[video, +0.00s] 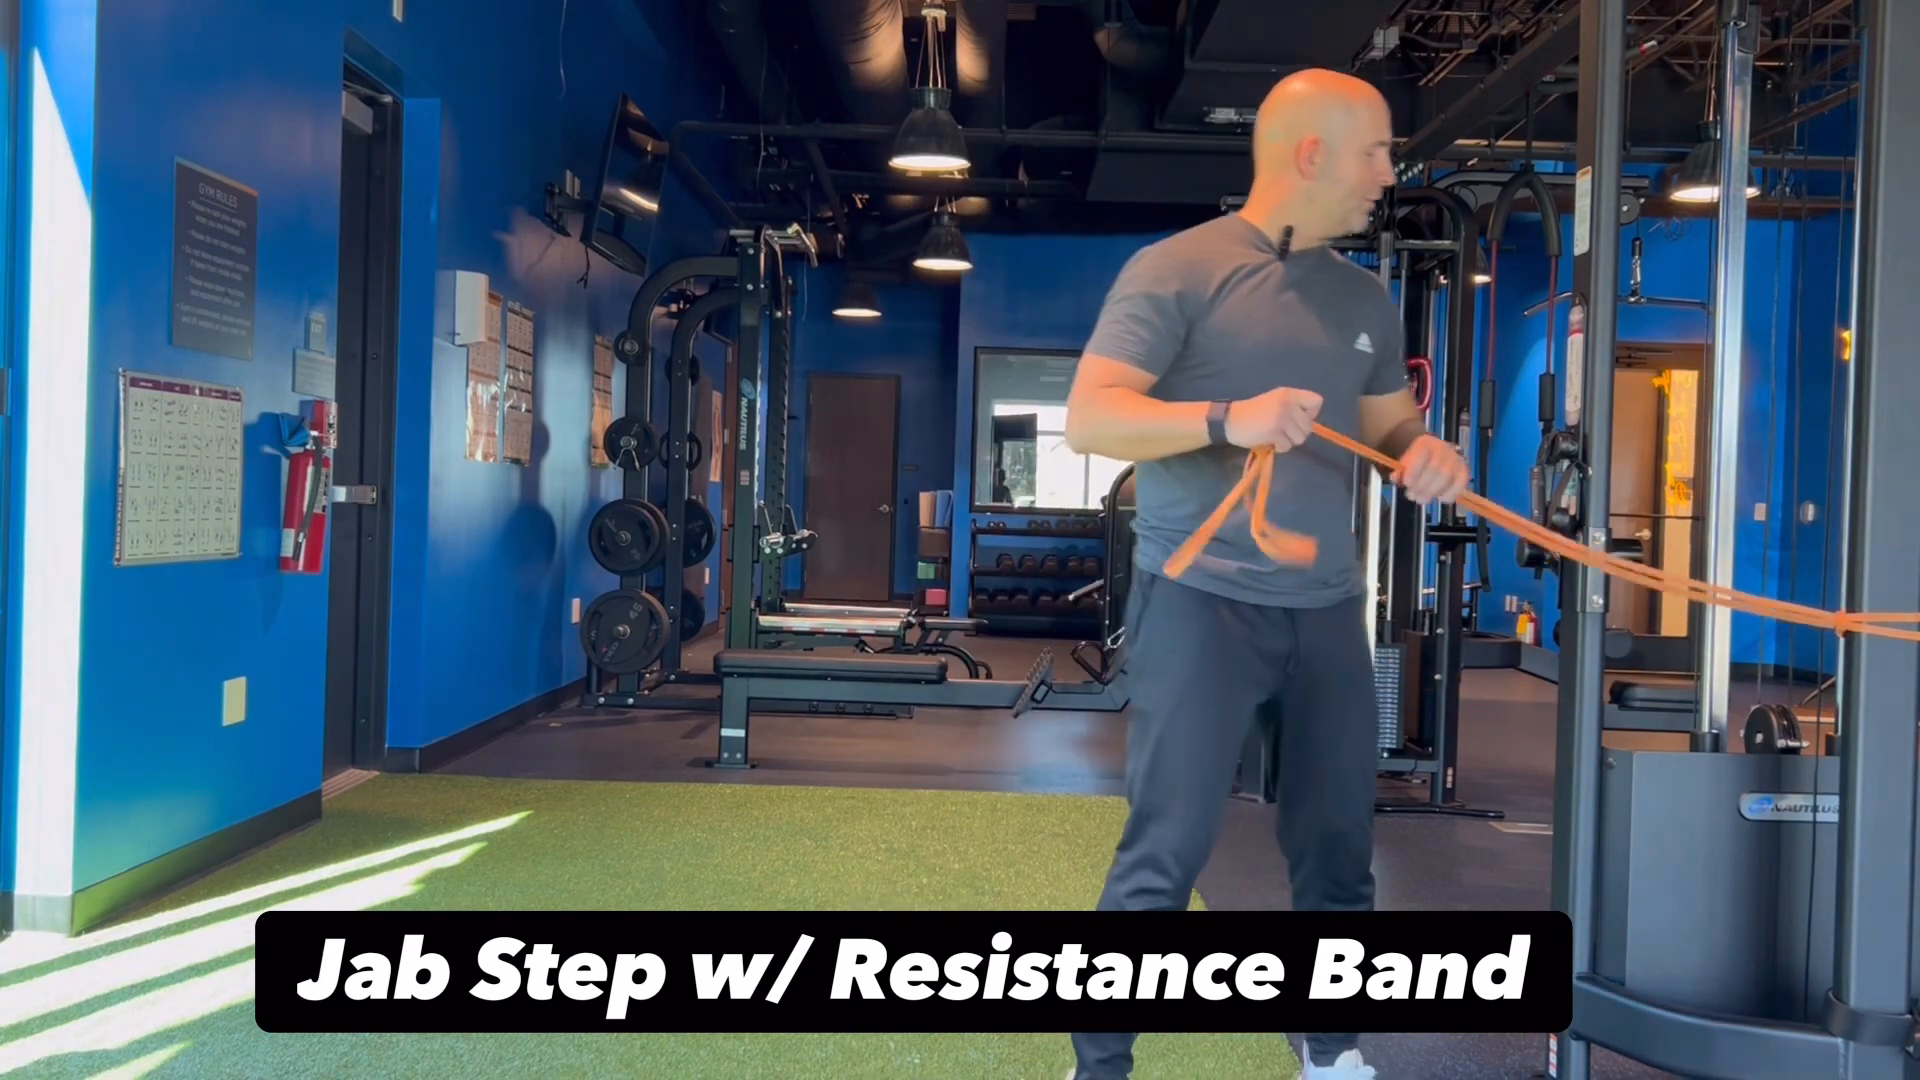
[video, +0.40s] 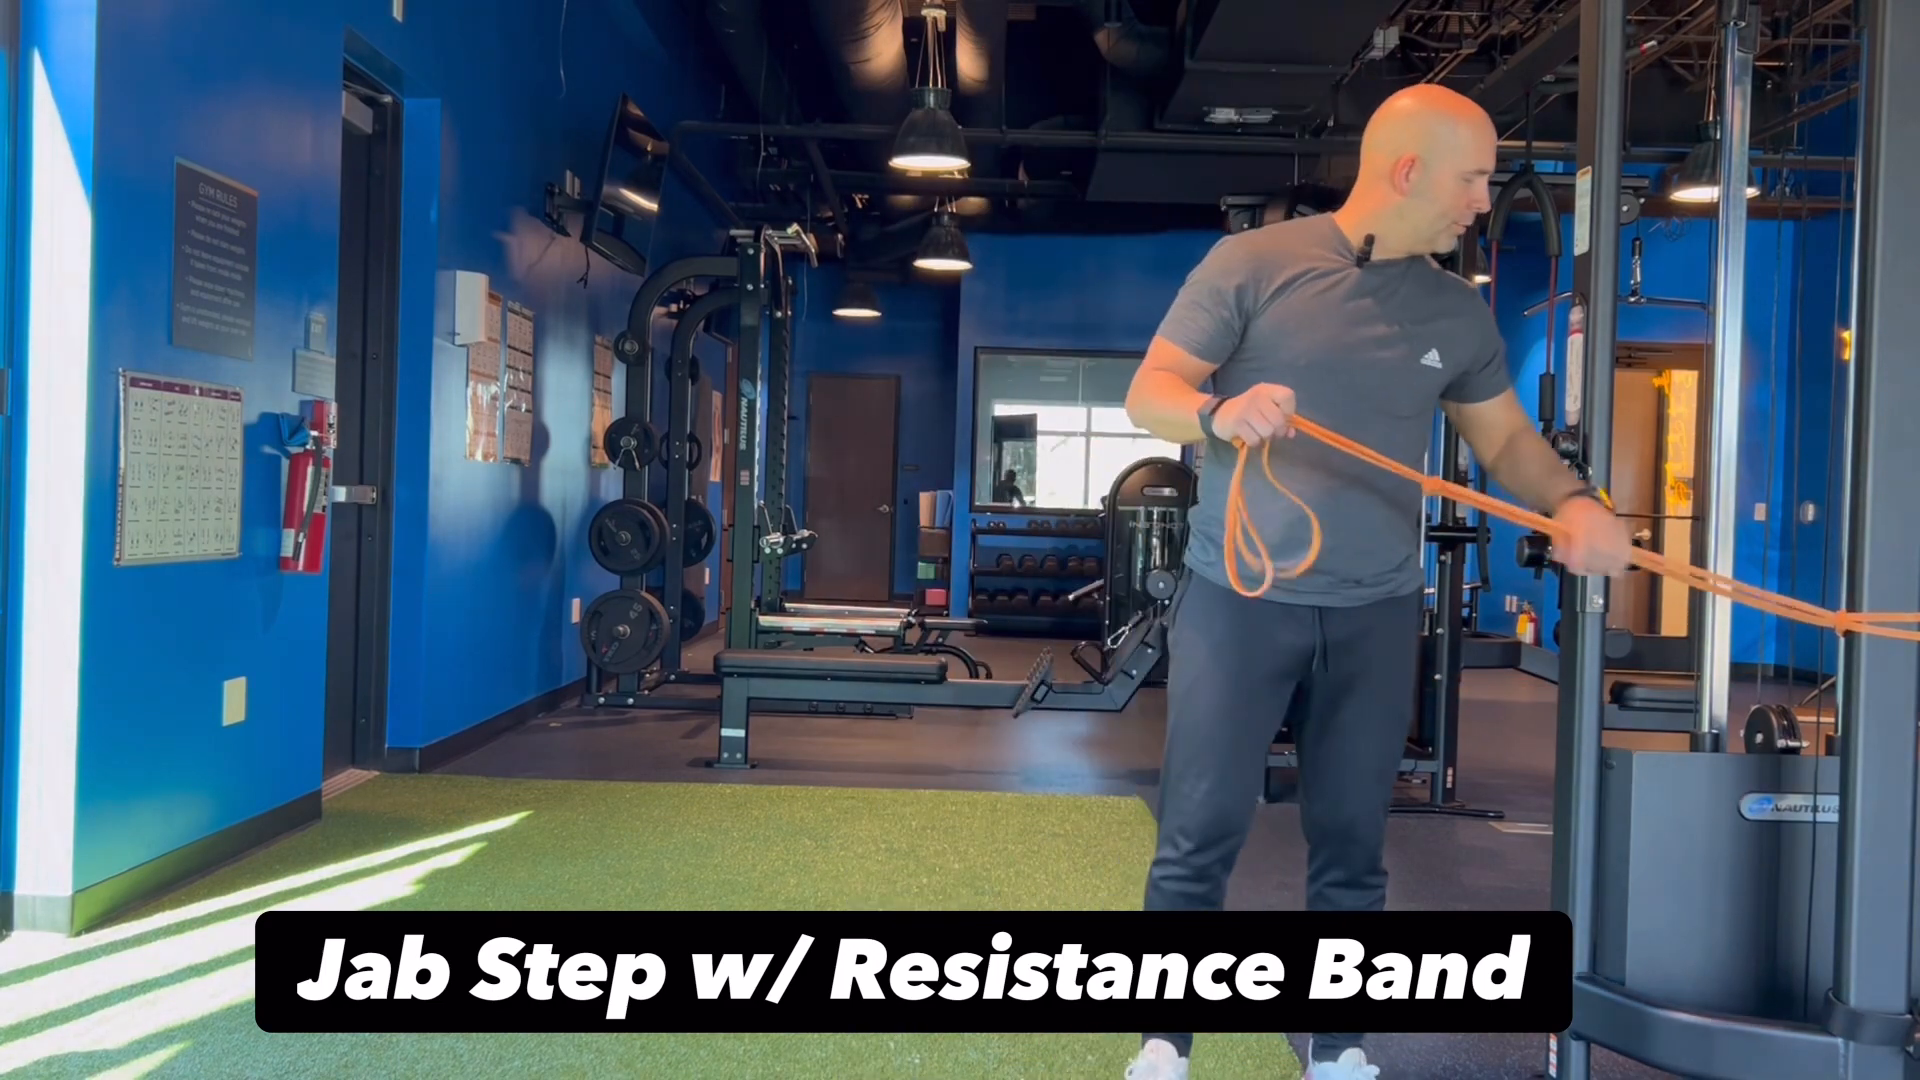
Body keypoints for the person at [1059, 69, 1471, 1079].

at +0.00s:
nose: (1389, 175)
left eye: (1389, 154)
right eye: (1374, 152)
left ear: (1316, 159)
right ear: (1304, 155)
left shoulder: (1366, 299)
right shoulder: (1177, 270)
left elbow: (1387, 429)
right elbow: (1090, 417)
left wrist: (1421, 451)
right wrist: (1224, 418)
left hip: (1327, 609)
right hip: (1199, 601)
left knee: (1339, 850)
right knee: (1167, 851)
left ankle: (1329, 1051)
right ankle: (1100, 1059)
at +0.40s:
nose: (1484, 201)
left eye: (1489, 180)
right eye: (1474, 177)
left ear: (1413, 178)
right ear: (1402, 171)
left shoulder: (1458, 311)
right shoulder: (1249, 263)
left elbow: (1505, 438)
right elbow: (1151, 391)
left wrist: (1577, 501)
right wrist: (1215, 410)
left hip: (1379, 610)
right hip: (1239, 601)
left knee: (1351, 847)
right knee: (1197, 839)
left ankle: (1331, 1046)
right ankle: (1162, 1042)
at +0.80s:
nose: (1410, 147)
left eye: (1433, 135)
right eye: (1392, 127)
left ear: (1453, 168)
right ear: (1350, 149)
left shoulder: (1470, 306)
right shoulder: (1259, 263)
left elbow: (1558, 437)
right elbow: (1168, 395)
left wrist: (1664, 520)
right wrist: (1232, 412)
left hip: (1389, 601)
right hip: (1249, 592)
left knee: (1361, 849)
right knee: (1202, 834)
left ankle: (1334, 1045)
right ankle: (1163, 1041)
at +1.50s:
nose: (1488, 193)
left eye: (1492, 173)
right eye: (1475, 170)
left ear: (1421, 173)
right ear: (1401, 166)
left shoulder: (1468, 309)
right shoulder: (1254, 263)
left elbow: (1551, 443)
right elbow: (1163, 395)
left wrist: (1669, 531)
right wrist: (1238, 433)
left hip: (1391, 603)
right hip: (1248, 592)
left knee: (1363, 848)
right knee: (1202, 834)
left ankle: (1333, 1045)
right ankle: (1161, 1043)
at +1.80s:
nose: (1517, 201)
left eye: (1520, 181)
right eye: (1505, 177)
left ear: (1441, 179)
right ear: (1430, 172)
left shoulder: (1483, 315)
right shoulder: (1275, 255)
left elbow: (1590, 431)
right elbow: (1168, 381)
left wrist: (1723, 517)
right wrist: (1228, 410)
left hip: (1391, 605)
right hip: (1249, 595)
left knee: (1361, 849)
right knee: (1200, 834)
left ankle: (1329, 1042)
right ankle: (1161, 1041)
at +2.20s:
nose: (1476, 206)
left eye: (1494, 189)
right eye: (1460, 180)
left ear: (1505, 195)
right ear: (1403, 166)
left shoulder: (1486, 320)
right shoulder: (1284, 256)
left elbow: (1569, 454)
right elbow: (1173, 382)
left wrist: (1705, 505)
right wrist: (1233, 407)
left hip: (1391, 607)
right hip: (1249, 592)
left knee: (1363, 850)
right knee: (1200, 833)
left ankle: (1331, 1047)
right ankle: (1159, 1042)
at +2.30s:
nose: (1455, 209)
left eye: (1476, 194)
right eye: (1441, 181)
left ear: (1490, 200)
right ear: (1393, 165)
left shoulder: (1483, 323)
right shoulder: (1278, 258)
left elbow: (1533, 448)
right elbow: (1173, 385)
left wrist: (1619, 487)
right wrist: (1235, 410)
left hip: (1388, 607)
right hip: (1247, 591)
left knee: (1361, 847)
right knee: (1203, 828)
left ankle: (1331, 1043)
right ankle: (1155, 1039)